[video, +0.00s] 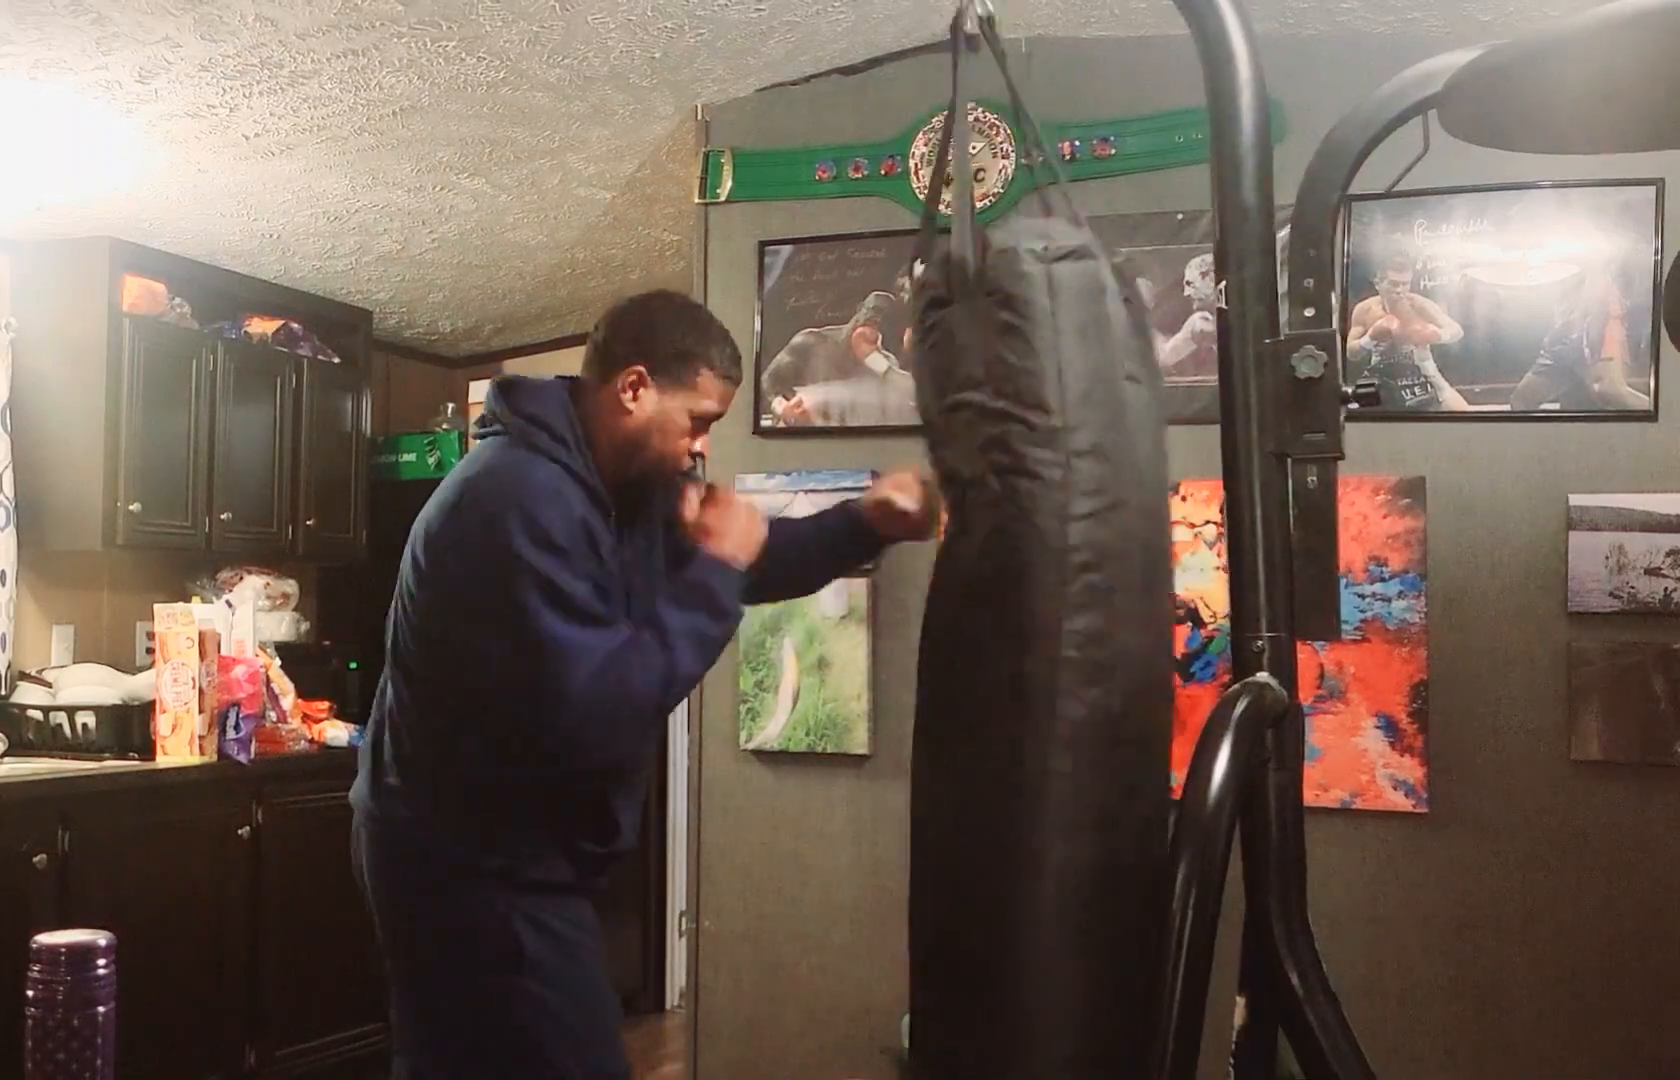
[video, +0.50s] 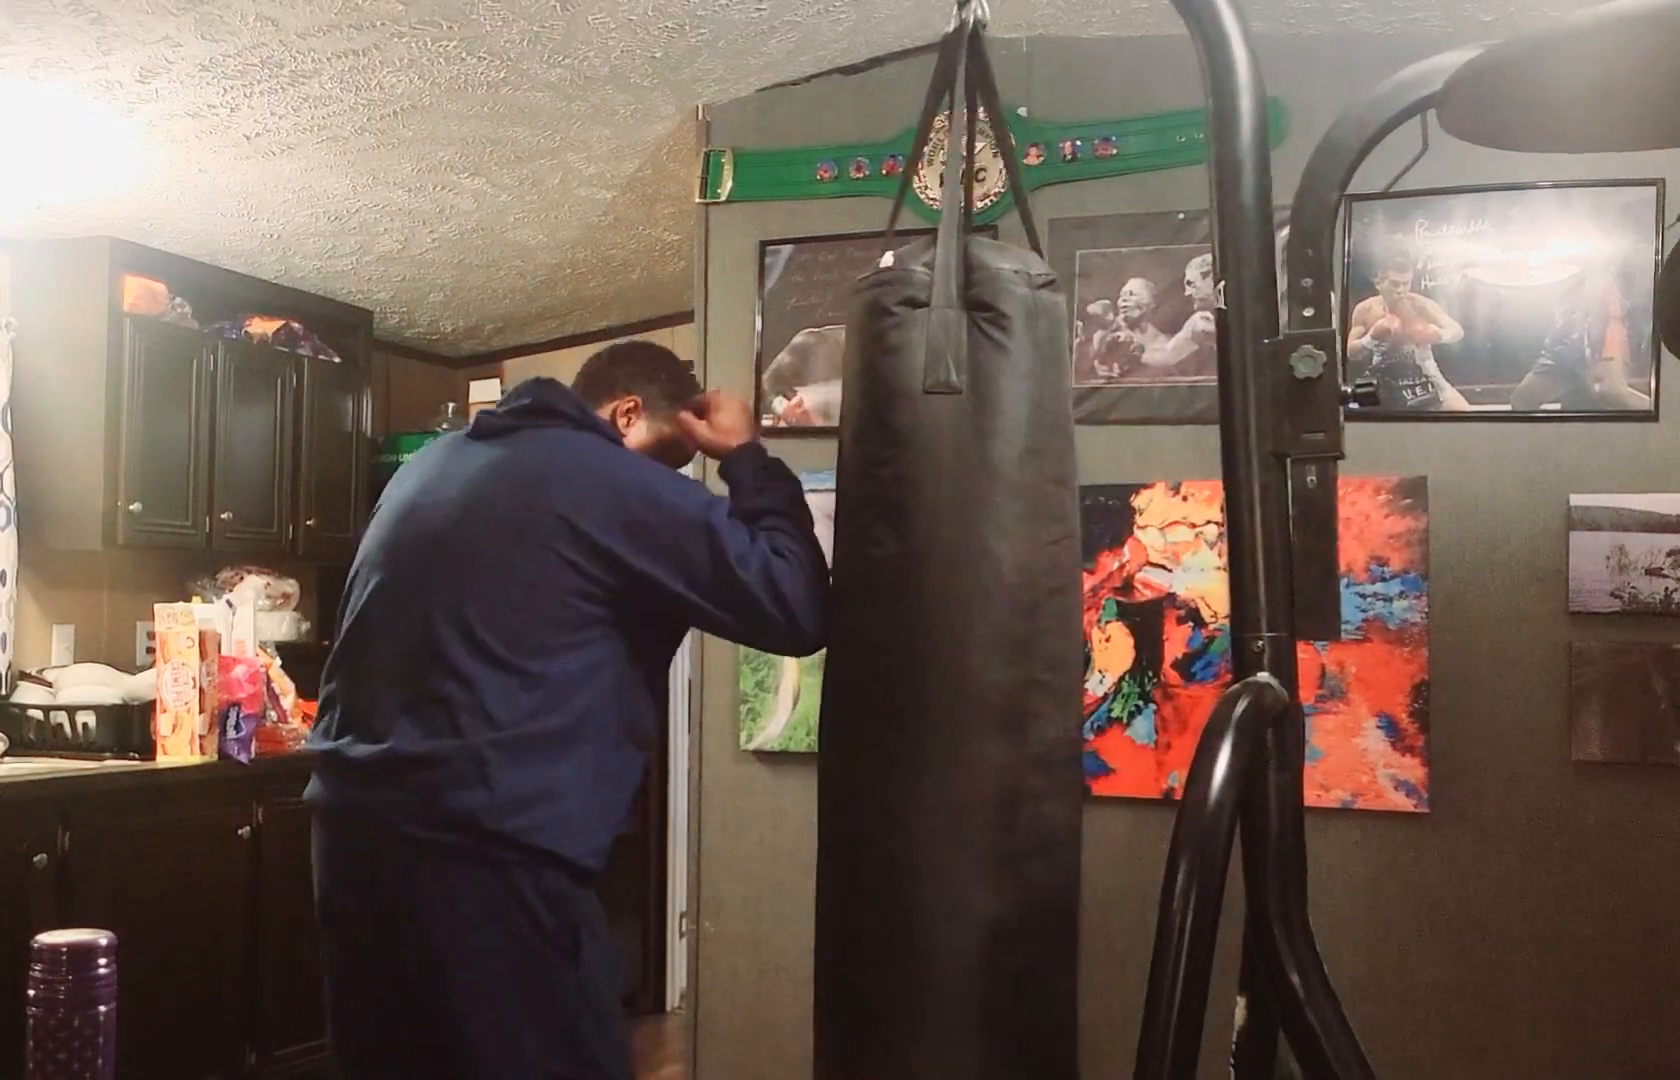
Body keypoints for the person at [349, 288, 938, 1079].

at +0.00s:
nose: (701, 452)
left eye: (710, 431)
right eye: (697, 424)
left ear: (633, 394)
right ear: (632, 391)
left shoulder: (604, 487)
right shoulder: (516, 500)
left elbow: (729, 567)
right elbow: (590, 708)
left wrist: (866, 524)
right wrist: (713, 572)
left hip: (532, 858)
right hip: (480, 870)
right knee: (568, 1063)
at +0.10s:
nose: (703, 440)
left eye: (715, 420)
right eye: (704, 413)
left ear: (640, 376)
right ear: (647, 379)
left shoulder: (508, 458)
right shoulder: (558, 482)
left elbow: (640, 617)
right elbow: (705, 673)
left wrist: (765, 539)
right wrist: (745, 496)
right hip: (499, 867)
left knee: (456, 1063)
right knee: (577, 1062)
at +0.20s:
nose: (704, 441)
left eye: (714, 417)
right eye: (707, 410)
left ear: (622, 372)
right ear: (663, 377)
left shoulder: (491, 442)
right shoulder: (608, 472)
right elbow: (783, 625)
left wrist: (716, 506)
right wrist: (761, 446)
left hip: (403, 828)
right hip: (511, 857)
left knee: (423, 1061)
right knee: (572, 1061)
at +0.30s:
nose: (692, 439)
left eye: (703, 421)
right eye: (700, 416)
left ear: (610, 373)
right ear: (659, 385)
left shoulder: (464, 436)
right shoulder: (641, 467)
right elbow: (817, 592)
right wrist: (769, 429)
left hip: (379, 819)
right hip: (518, 842)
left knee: (407, 1058)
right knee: (567, 1062)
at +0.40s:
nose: (681, 460)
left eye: (692, 445)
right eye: (686, 439)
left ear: (603, 387)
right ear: (643, 397)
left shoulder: (445, 444)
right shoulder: (630, 468)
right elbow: (801, 604)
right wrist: (770, 445)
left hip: (368, 831)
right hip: (519, 850)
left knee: (387, 1063)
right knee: (560, 1062)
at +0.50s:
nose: (663, 476)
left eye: (673, 461)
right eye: (669, 455)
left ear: (581, 403)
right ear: (628, 414)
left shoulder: (431, 461)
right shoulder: (609, 481)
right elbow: (796, 605)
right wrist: (748, 455)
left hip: (351, 839)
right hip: (499, 857)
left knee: (385, 1064)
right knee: (559, 1061)